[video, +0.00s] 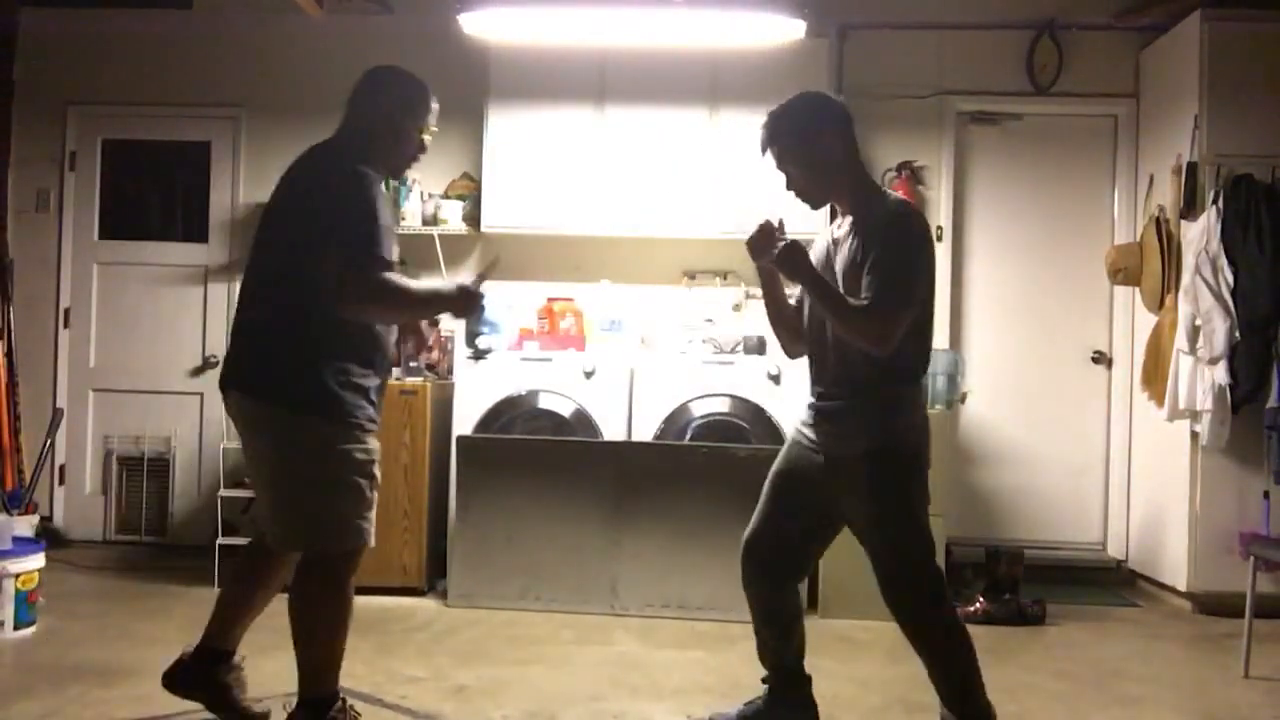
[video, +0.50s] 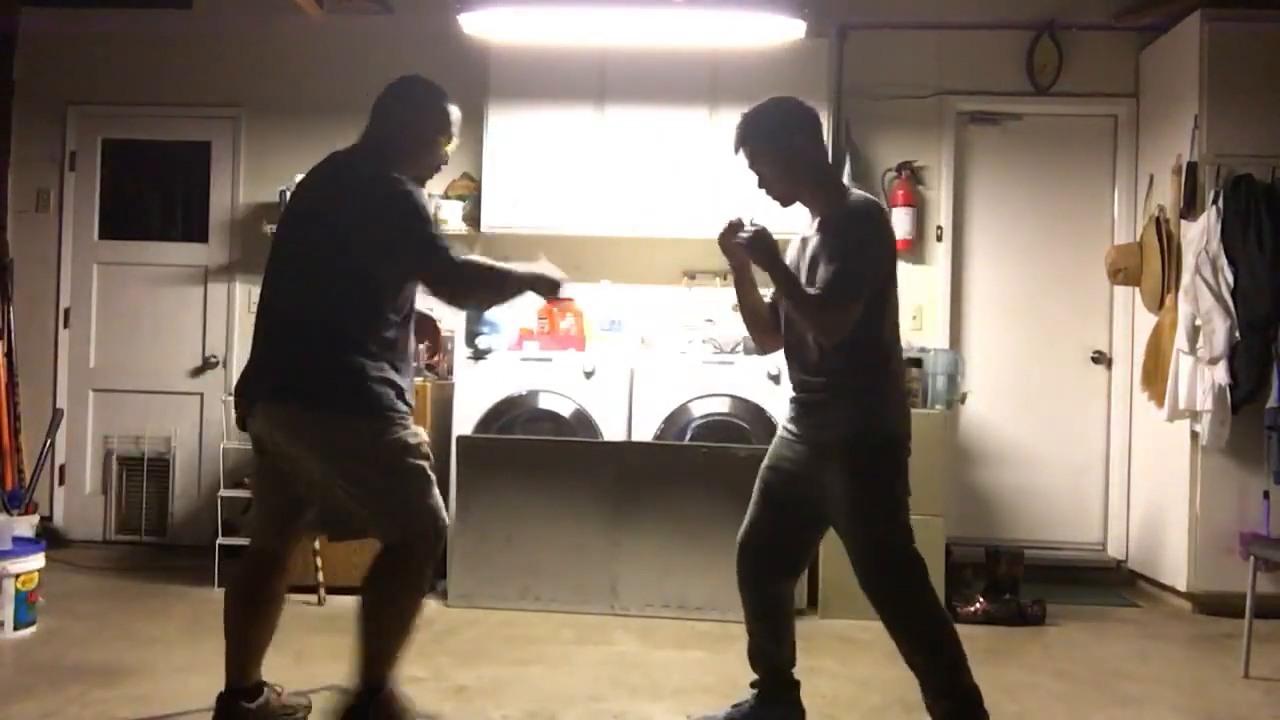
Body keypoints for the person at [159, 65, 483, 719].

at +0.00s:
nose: (424, 146)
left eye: (428, 133)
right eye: (419, 129)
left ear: (364, 117)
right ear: (379, 116)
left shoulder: (316, 169)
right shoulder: (355, 181)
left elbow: (324, 290)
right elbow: (357, 288)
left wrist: (396, 325)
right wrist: (449, 297)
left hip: (267, 384)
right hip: (315, 395)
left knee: (282, 526)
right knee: (336, 544)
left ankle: (209, 660)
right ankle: (319, 704)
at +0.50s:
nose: (446, 156)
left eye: (449, 142)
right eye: (443, 139)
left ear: (382, 123)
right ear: (407, 128)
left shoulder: (321, 179)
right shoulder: (389, 192)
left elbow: (335, 288)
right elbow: (457, 282)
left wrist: (410, 319)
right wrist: (535, 276)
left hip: (273, 391)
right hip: (344, 398)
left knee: (270, 543)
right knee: (420, 530)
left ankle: (241, 692)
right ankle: (374, 694)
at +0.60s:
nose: (467, 163)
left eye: (470, 151)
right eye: (465, 149)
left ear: (403, 130)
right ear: (440, 141)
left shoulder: (335, 180)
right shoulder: (426, 208)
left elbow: (342, 275)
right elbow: (513, 276)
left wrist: (418, 309)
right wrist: (595, 309)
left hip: (280, 389)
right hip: (358, 402)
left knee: (276, 545)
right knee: (415, 548)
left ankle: (241, 692)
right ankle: (441, 701)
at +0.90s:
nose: (535, 181)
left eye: (538, 168)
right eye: (538, 167)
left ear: (474, 141)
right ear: (525, 159)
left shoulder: (387, 186)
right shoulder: (521, 220)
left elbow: (344, 269)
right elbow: (608, 295)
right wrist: (661, 346)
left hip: (327, 395)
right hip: (424, 405)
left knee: (337, 543)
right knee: (481, 559)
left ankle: (290, 691)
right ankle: (474, 712)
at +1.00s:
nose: (540, 178)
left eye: (544, 167)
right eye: (542, 166)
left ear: (478, 139)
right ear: (529, 157)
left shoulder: (396, 183)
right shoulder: (525, 220)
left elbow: (352, 264)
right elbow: (602, 314)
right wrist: (603, 367)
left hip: (333, 393)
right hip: (430, 404)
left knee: (345, 550)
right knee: (484, 557)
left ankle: (305, 694)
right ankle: (474, 711)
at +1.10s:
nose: (537, 170)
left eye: (539, 157)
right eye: (538, 156)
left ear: (473, 134)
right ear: (525, 151)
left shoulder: (393, 183)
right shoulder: (516, 221)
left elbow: (386, 284)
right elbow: (553, 336)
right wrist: (531, 354)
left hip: (334, 392)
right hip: (433, 402)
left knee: (345, 555)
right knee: (479, 562)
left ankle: (305, 696)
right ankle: (474, 711)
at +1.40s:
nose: (479, 144)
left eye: (479, 131)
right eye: (475, 130)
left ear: (405, 124)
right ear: (451, 131)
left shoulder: (354, 182)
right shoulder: (431, 192)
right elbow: (482, 289)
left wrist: (473, 244)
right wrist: (519, 261)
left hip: (319, 402)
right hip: (395, 411)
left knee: (339, 555)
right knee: (443, 558)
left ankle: (304, 698)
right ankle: (464, 709)